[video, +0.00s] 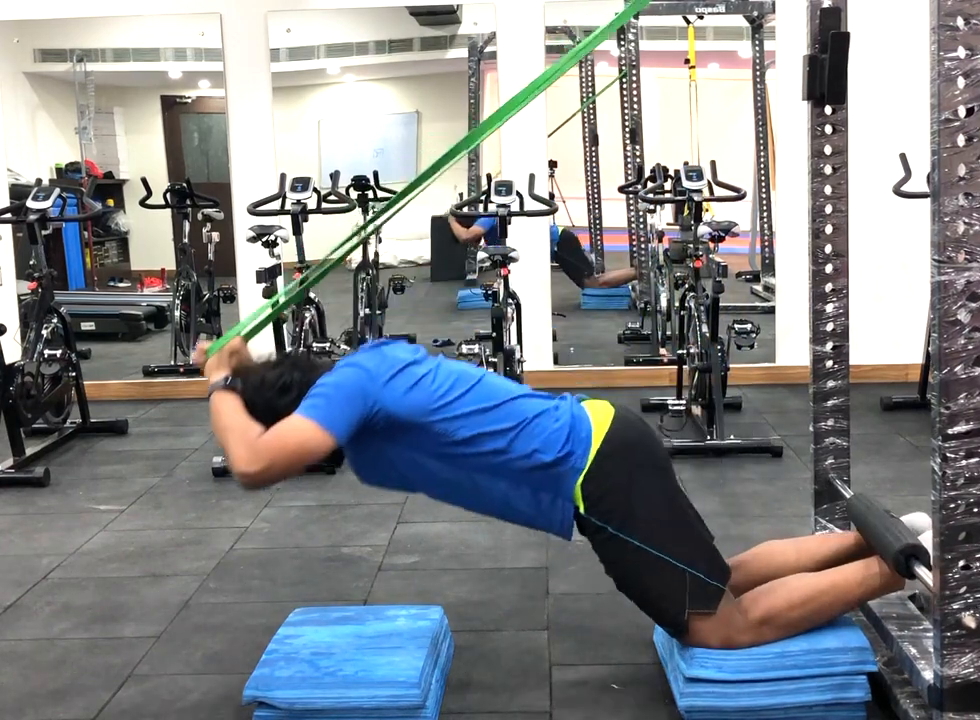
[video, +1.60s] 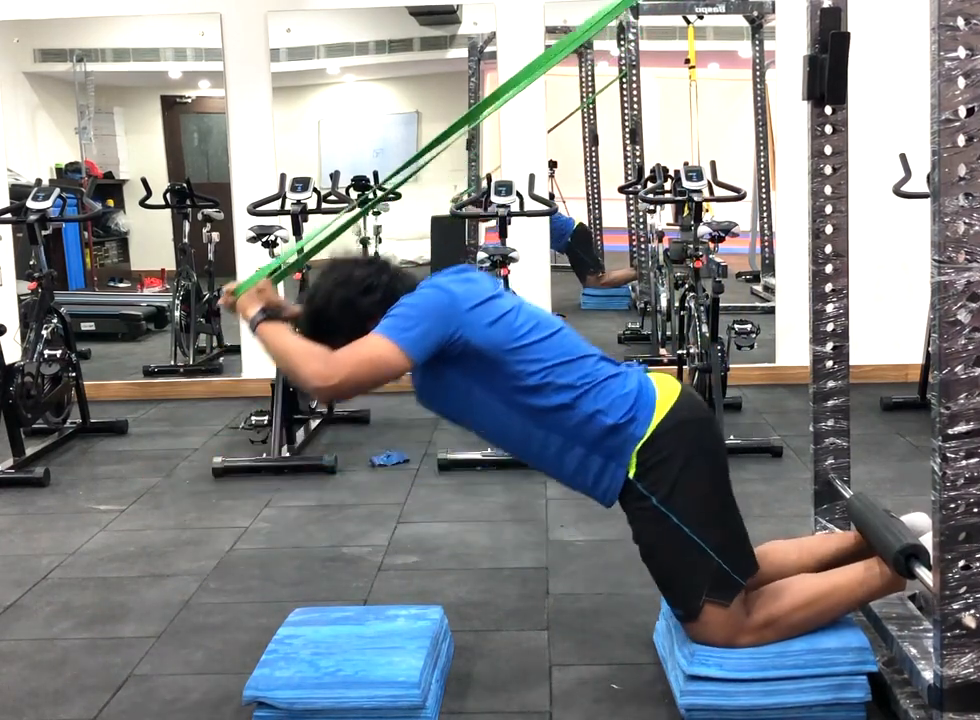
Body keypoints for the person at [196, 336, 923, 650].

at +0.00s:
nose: (286, 441)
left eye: (279, 430)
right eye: (280, 432)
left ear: (295, 407)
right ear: (304, 374)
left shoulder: (359, 376)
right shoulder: (368, 371)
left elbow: (248, 462)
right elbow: (274, 457)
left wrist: (217, 386)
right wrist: (239, 386)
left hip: (601, 467)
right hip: (596, 457)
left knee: (723, 631)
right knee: (707, 594)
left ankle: (903, 568)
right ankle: (860, 535)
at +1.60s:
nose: (344, 351)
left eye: (340, 338)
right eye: (337, 339)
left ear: (361, 317)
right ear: (377, 302)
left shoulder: (437, 302)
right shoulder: (438, 299)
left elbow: (329, 376)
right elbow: (342, 370)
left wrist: (259, 322)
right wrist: (276, 322)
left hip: (651, 442)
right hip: (653, 423)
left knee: (724, 622)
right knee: (727, 578)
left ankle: (896, 569)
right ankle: (861, 537)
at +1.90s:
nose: (433, 273)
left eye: (433, 261)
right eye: (422, 262)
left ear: (457, 234)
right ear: (469, 220)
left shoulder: (530, 235)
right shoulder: (525, 239)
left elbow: (412, 283)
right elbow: (420, 272)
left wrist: (339, 219)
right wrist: (355, 225)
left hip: (698, 437)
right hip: (692, 427)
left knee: (726, 624)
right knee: (730, 573)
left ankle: (903, 570)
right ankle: (865, 542)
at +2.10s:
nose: (501, 207)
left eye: (502, 193)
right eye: (490, 196)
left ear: (531, 175)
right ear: (545, 164)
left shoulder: (602, 189)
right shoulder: (581, 217)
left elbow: (482, 208)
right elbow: (487, 204)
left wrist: (423, 128)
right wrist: (437, 138)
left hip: (718, 428)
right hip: (684, 437)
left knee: (725, 624)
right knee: (717, 579)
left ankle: (905, 577)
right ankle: (869, 546)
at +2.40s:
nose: (592, 153)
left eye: (593, 140)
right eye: (586, 141)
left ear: (619, 131)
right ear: (653, 117)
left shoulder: (691, 164)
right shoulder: (640, 202)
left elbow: (572, 143)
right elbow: (598, 250)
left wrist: (532, 55)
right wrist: (569, 167)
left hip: (730, 425)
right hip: (693, 429)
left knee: (726, 622)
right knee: (709, 580)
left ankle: (905, 591)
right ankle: (871, 556)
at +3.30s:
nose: (527, 181)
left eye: (525, 166)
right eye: (521, 166)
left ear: (553, 151)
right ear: (571, 144)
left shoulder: (623, 177)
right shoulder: (599, 206)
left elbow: (501, 171)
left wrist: (460, 86)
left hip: (699, 428)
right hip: (673, 431)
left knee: (718, 621)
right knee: (712, 576)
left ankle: (901, 575)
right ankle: (863, 547)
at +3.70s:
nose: (424, 237)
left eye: (424, 223)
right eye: (417, 225)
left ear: (447, 207)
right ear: (471, 190)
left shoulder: (511, 222)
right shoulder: (515, 222)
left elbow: (385, 242)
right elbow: (394, 243)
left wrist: (365, 157)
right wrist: (373, 160)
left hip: (653, 436)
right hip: (646, 432)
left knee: (719, 625)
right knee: (712, 585)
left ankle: (898, 573)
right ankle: (866, 542)